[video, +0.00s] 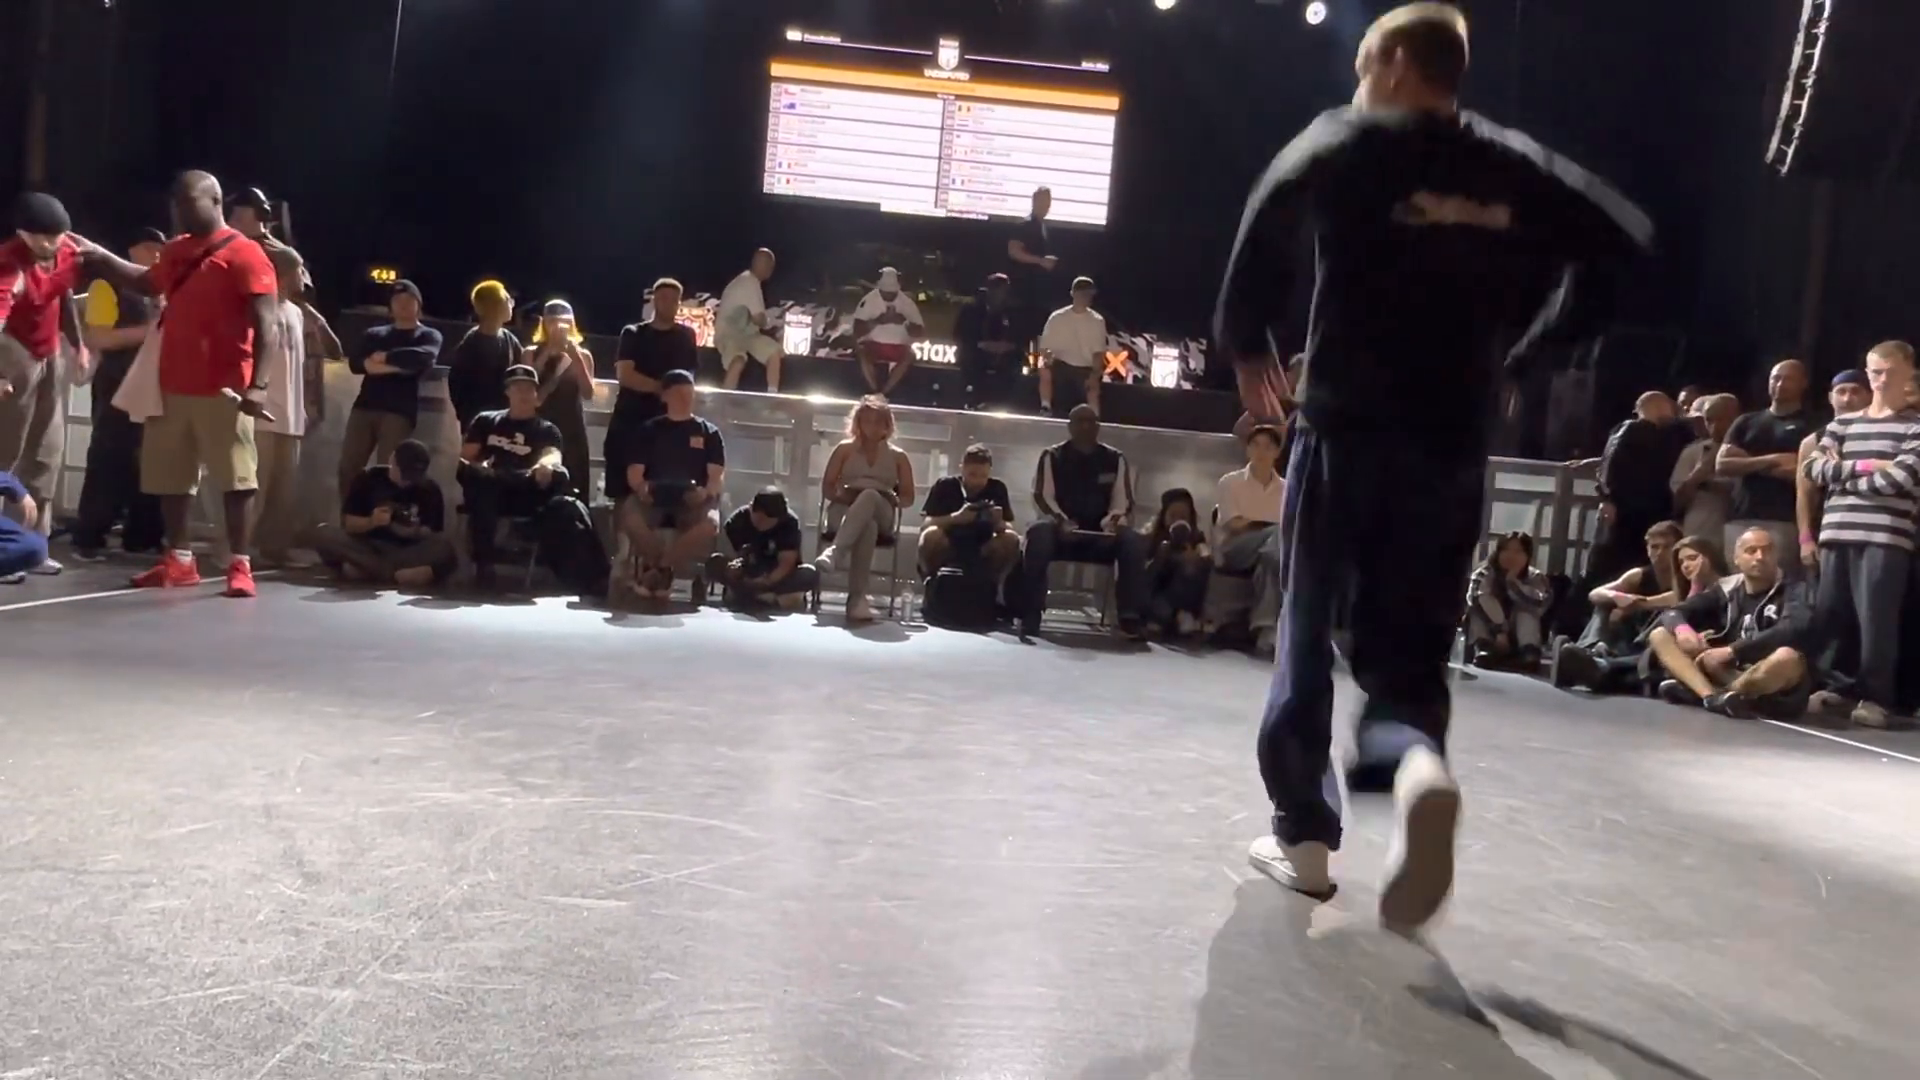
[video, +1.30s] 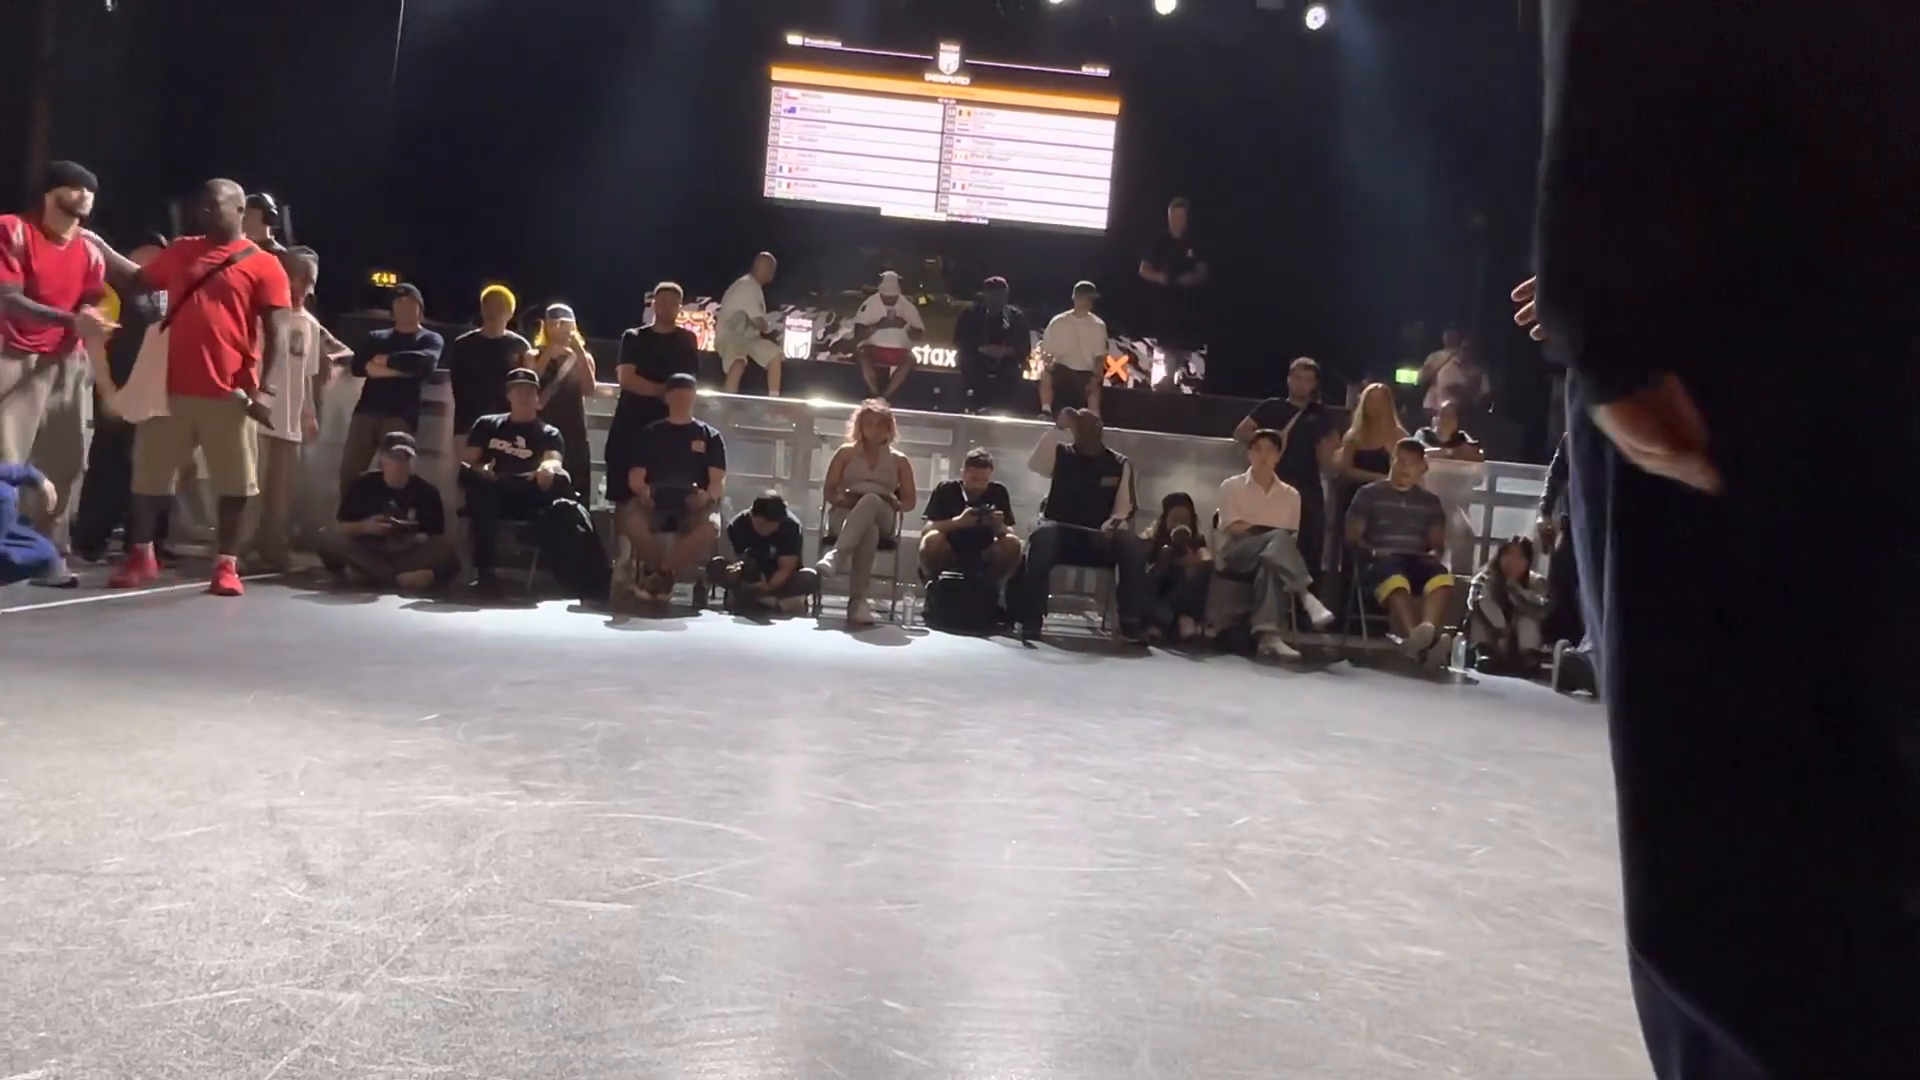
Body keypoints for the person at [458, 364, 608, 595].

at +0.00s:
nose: (525, 394)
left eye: (529, 389)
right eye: (519, 389)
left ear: (537, 394)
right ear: (507, 392)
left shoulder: (547, 429)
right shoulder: (486, 421)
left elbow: (552, 454)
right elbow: (464, 460)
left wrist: (546, 464)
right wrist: (480, 468)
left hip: (530, 490)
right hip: (493, 487)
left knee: (568, 507)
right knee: (478, 483)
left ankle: (594, 582)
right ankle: (484, 567)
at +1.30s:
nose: (524, 397)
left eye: (529, 392)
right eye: (518, 391)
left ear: (538, 398)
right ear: (508, 395)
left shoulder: (549, 433)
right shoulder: (487, 424)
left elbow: (552, 465)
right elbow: (466, 465)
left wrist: (547, 470)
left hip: (531, 493)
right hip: (495, 492)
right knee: (481, 493)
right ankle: (485, 573)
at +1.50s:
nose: (520, 400)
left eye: (525, 395)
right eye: (515, 394)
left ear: (534, 400)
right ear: (504, 398)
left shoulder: (546, 436)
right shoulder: (483, 427)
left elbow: (548, 467)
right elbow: (462, 467)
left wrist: (545, 473)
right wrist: (478, 475)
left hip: (527, 494)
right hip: (491, 493)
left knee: (556, 484)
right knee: (477, 494)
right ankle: (481, 575)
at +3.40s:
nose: (500, 438)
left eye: (505, 432)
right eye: (494, 433)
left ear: (514, 437)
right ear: (485, 437)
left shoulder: (528, 473)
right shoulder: (466, 467)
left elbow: (533, 496)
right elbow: (448, 507)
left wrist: (528, 506)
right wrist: (461, 513)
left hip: (511, 531)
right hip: (475, 531)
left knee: (541, 518)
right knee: (461, 530)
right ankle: (470, 613)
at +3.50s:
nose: (501, 439)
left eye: (506, 433)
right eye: (495, 433)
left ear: (515, 437)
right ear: (485, 438)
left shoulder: (529, 473)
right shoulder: (466, 468)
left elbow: (533, 502)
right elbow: (448, 511)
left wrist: (528, 508)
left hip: (511, 534)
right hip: (475, 534)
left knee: (538, 519)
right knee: (462, 536)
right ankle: (471, 615)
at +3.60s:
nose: (502, 438)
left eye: (507, 433)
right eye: (496, 433)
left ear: (515, 438)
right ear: (486, 438)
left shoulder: (529, 473)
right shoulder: (466, 468)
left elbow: (534, 497)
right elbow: (449, 509)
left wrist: (528, 508)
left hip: (512, 533)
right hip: (476, 532)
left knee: (542, 519)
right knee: (462, 533)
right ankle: (471, 615)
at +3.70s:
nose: (503, 440)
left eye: (508, 435)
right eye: (497, 435)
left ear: (516, 439)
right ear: (487, 439)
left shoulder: (530, 474)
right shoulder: (467, 469)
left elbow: (534, 498)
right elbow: (449, 510)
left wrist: (529, 509)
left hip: (512, 534)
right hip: (476, 533)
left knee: (542, 520)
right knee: (464, 536)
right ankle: (472, 615)